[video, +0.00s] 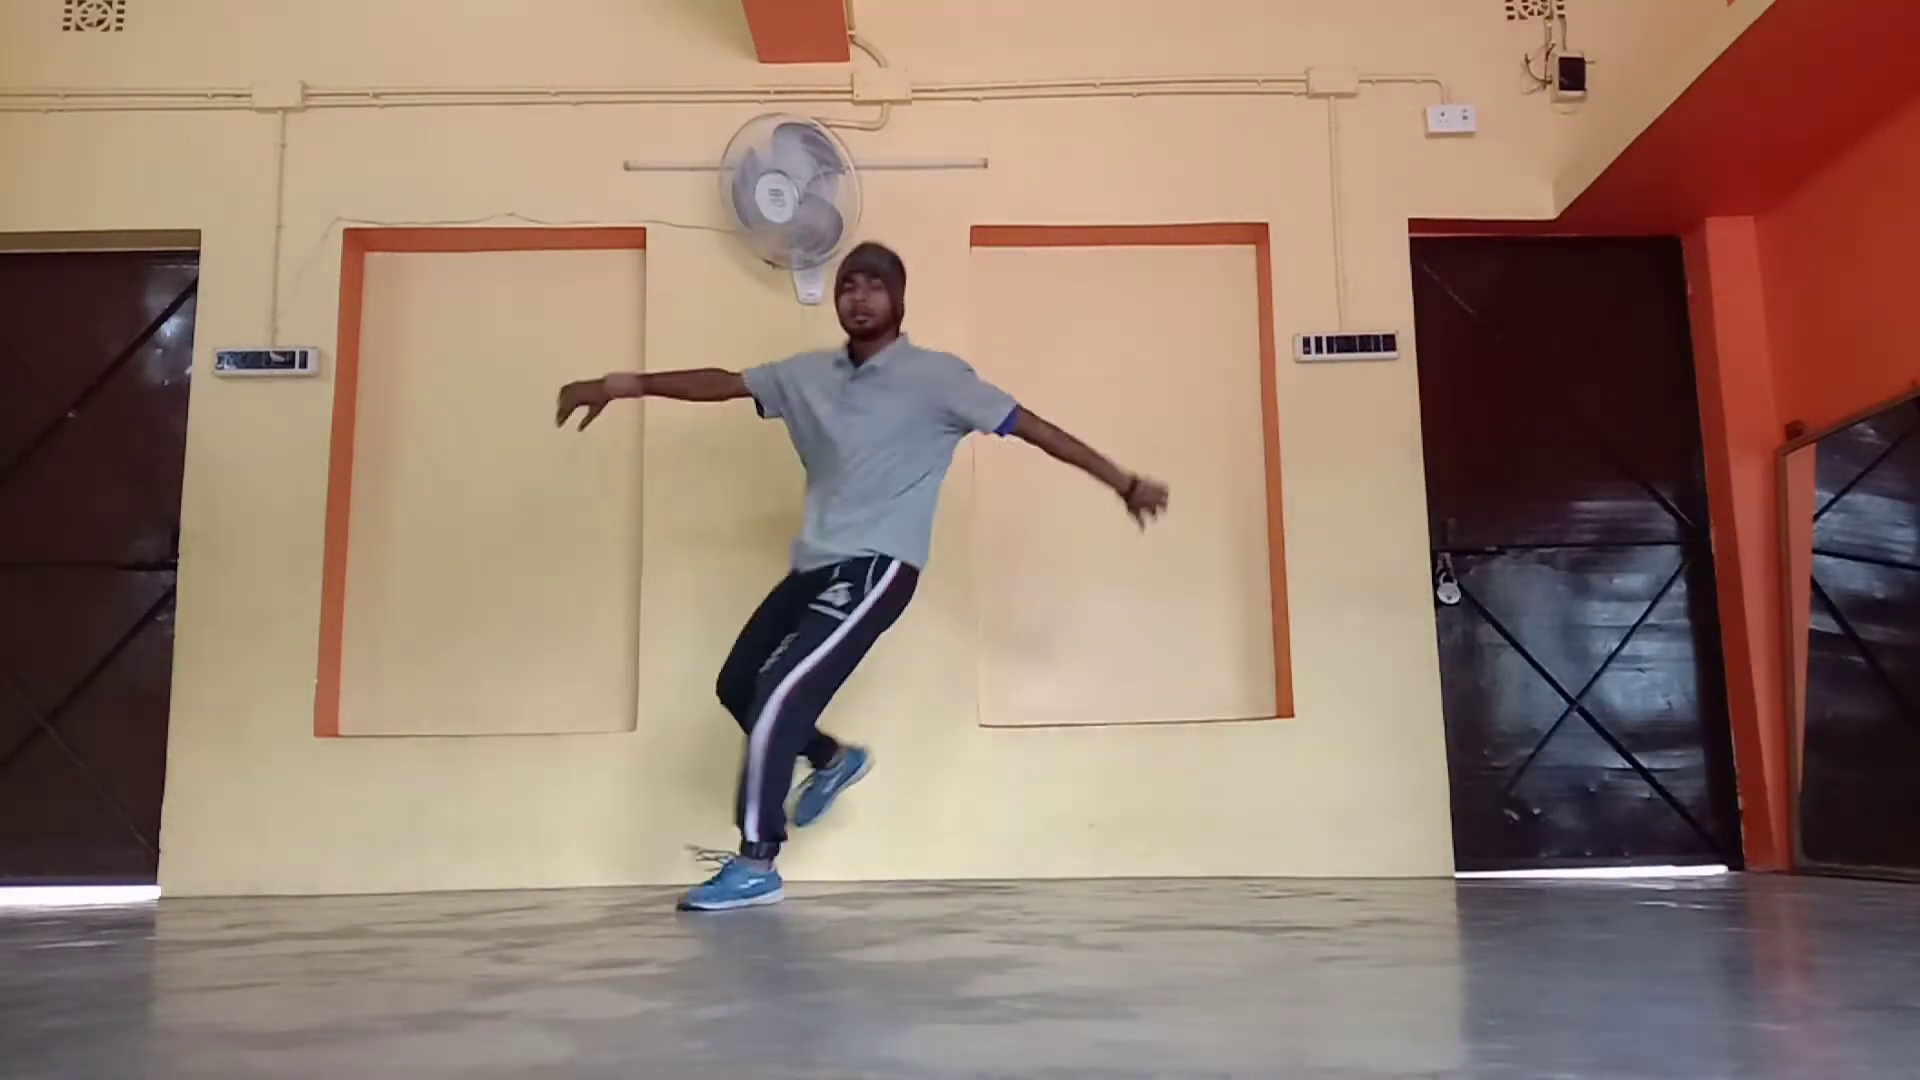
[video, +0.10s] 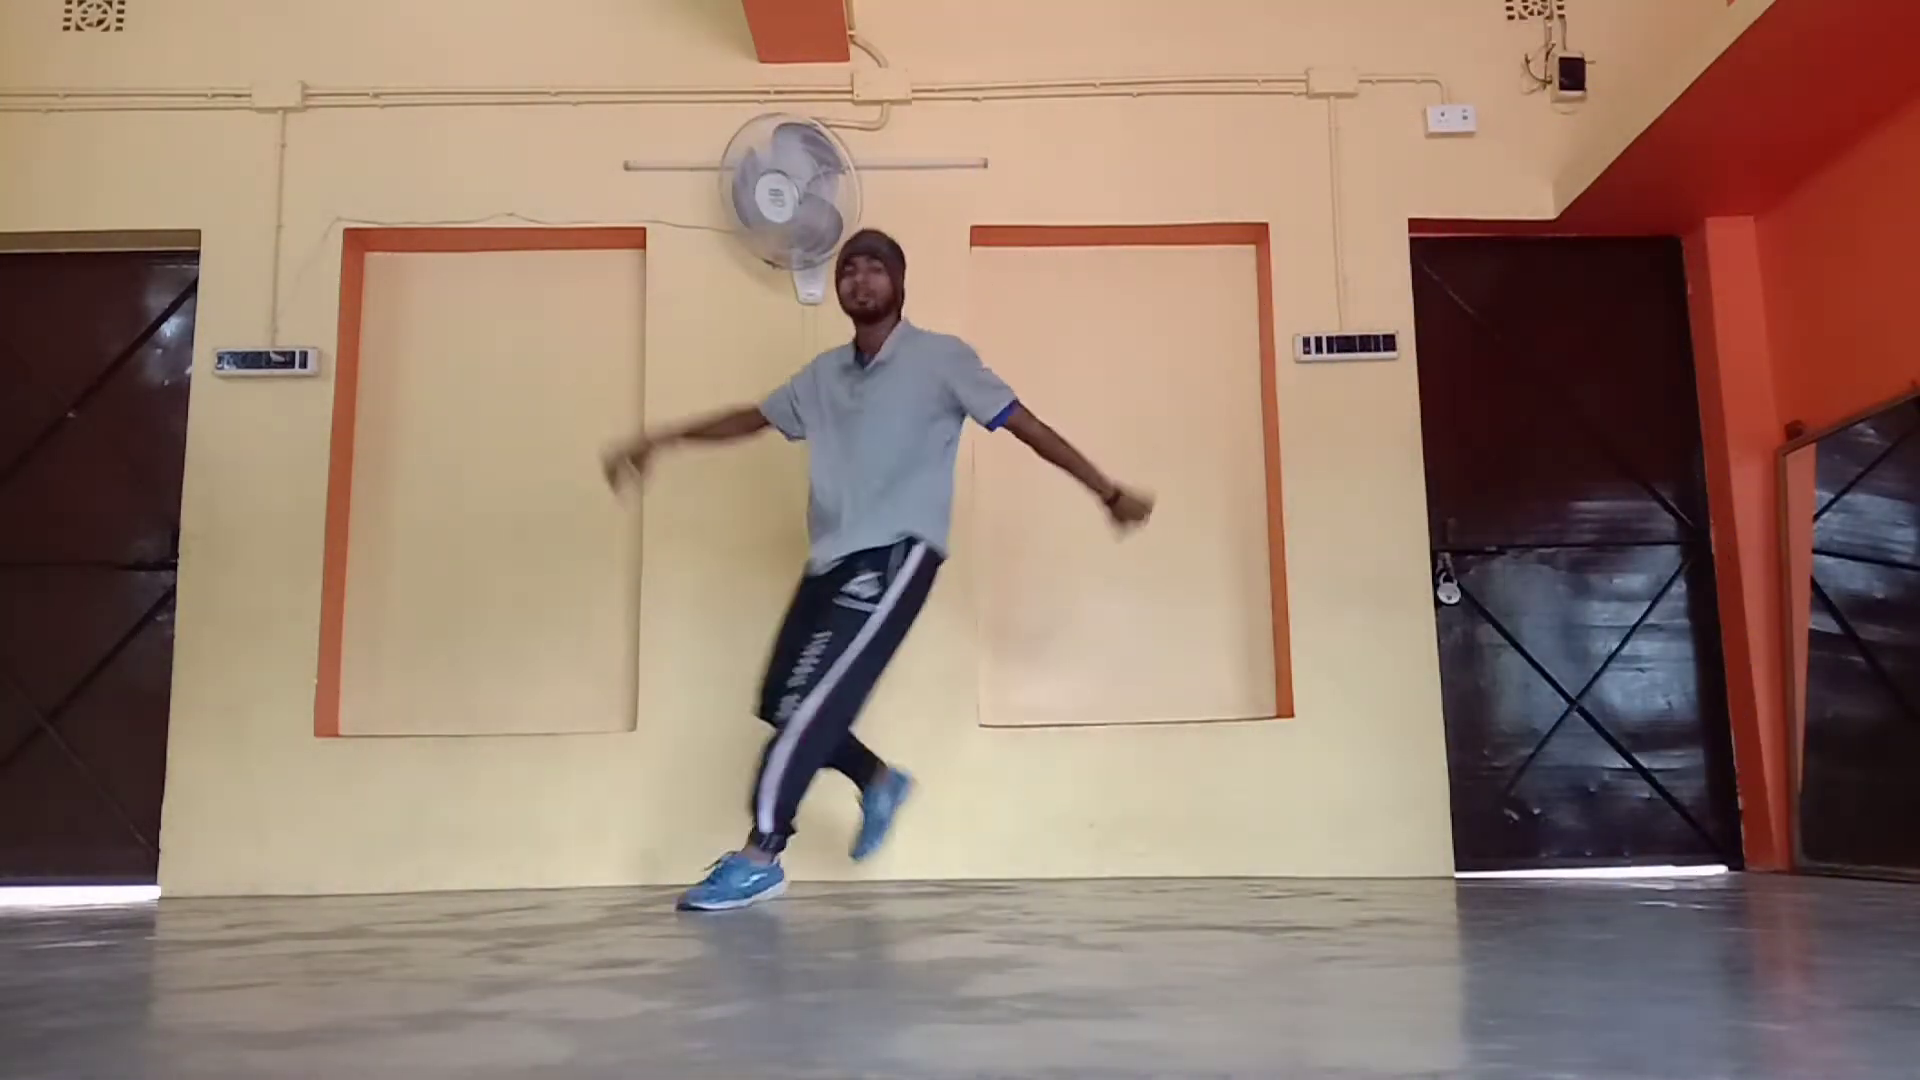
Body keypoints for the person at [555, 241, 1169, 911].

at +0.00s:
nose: (858, 297)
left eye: (873, 286)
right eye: (848, 287)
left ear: (901, 300)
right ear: (834, 301)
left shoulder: (936, 377)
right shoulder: (809, 375)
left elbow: (1032, 428)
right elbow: (720, 385)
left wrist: (1121, 479)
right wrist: (620, 386)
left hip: (879, 566)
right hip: (814, 562)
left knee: (782, 693)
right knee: (739, 685)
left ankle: (756, 862)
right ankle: (834, 759)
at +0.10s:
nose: (861, 276)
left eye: (875, 267)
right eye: (851, 268)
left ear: (901, 284)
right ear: (838, 288)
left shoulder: (940, 355)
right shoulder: (825, 374)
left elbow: (1025, 425)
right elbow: (751, 419)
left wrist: (1107, 489)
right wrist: (655, 441)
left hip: (899, 548)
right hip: (830, 556)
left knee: (814, 697)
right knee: (783, 700)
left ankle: (761, 855)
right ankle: (879, 782)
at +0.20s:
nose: (876, 273)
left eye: (889, 263)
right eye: (864, 265)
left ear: (913, 279)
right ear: (851, 284)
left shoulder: (961, 346)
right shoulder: (841, 376)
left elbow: (1024, 445)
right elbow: (794, 469)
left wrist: (1056, 544)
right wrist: (739, 545)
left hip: (942, 536)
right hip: (874, 545)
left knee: (867, 660)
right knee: (865, 687)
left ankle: (865, 816)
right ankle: (911, 848)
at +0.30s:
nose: (898, 277)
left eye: (909, 267)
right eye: (886, 269)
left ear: (930, 282)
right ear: (869, 286)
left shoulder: (974, 350)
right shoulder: (858, 383)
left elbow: (1028, 449)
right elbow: (843, 484)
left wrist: (989, 524)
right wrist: (824, 568)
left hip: (973, 542)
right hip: (902, 558)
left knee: (960, 648)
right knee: (880, 700)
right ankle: (916, 851)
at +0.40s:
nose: (917, 293)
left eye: (928, 280)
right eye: (902, 283)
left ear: (948, 288)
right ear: (885, 296)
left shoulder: (988, 348)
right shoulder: (884, 390)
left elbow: (1053, 436)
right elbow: (887, 475)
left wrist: (958, 448)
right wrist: (877, 540)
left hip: (1011, 551)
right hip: (938, 573)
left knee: (1087, 689)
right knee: (879, 690)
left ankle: (1180, 806)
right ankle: (919, 840)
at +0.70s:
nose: (926, 306)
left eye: (938, 290)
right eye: (912, 293)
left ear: (958, 285)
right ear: (894, 292)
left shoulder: (1011, 342)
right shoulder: (889, 376)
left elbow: (1080, 421)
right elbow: (894, 475)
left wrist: (991, 426)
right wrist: (910, 481)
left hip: (1035, 534)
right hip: (962, 554)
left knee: (1077, 660)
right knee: (947, 702)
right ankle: (954, 854)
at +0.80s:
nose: (942, 301)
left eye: (954, 286)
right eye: (928, 288)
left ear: (974, 277)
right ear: (911, 284)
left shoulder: (1013, 327)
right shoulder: (890, 349)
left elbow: (1062, 402)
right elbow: (840, 435)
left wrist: (987, 354)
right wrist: (891, 392)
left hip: (1016, 507)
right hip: (943, 522)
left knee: (1008, 621)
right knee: (950, 678)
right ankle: (972, 833)